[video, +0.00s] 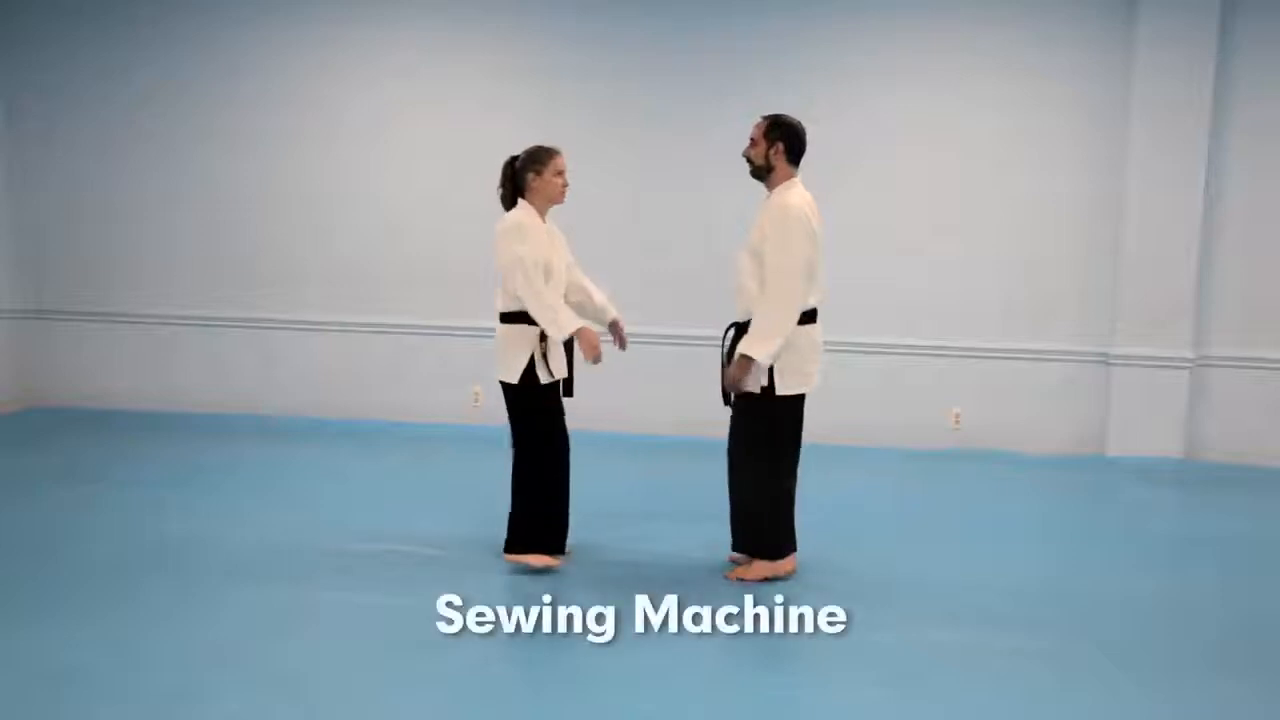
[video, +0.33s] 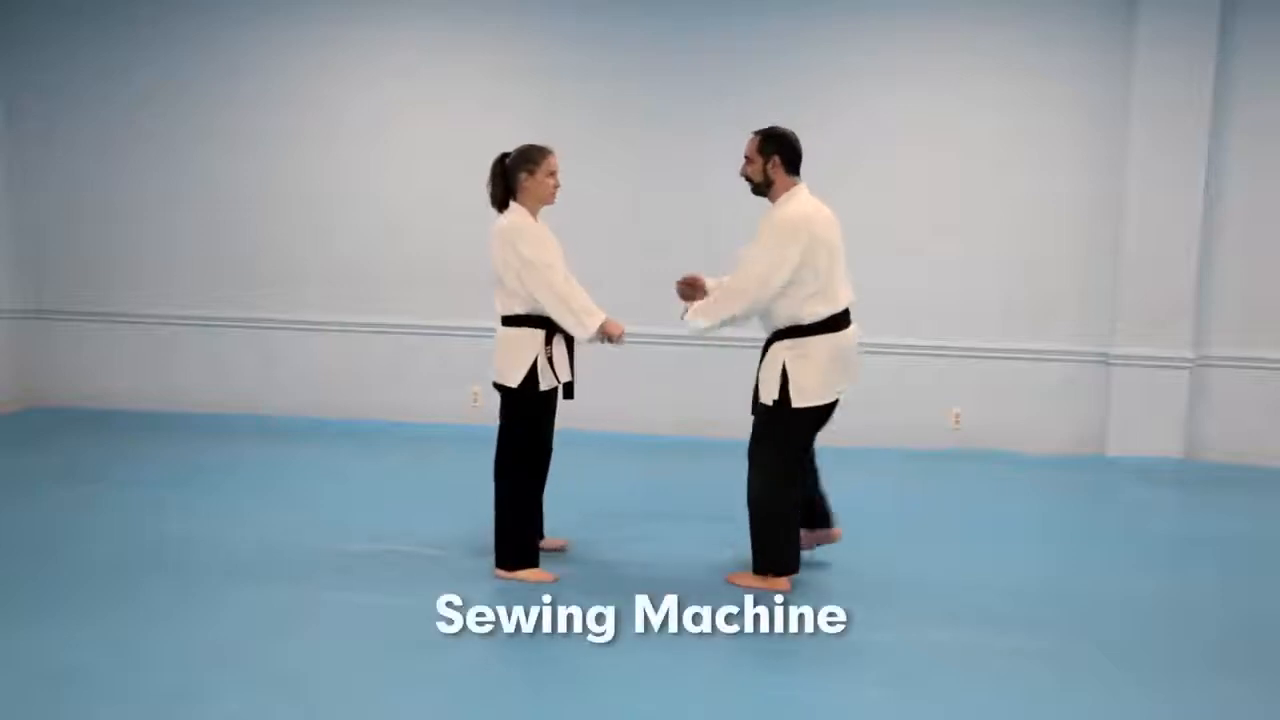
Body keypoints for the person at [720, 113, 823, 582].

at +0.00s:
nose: (746, 150)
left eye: (754, 143)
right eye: (749, 141)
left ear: (777, 151)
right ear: (779, 151)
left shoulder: (791, 207)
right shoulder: (781, 203)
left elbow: (784, 293)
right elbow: (777, 288)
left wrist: (749, 355)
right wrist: (744, 349)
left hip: (782, 351)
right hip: (771, 348)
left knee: (766, 457)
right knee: (757, 454)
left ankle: (775, 554)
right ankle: (760, 547)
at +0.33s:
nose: (742, 168)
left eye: (749, 160)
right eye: (744, 160)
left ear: (774, 164)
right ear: (780, 164)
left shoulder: (787, 219)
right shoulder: (814, 211)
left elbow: (753, 287)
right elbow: (770, 280)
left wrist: (701, 310)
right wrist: (714, 287)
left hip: (799, 357)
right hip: (829, 350)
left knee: (768, 457)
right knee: (792, 442)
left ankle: (773, 571)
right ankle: (815, 523)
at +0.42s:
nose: (748, 174)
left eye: (754, 165)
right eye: (750, 164)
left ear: (781, 171)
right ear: (788, 171)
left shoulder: (793, 224)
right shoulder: (820, 213)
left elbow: (753, 291)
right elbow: (772, 283)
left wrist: (701, 303)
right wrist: (717, 285)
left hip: (807, 364)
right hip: (839, 357)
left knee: (770, 462)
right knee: (811, 444)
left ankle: (772, 572)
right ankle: (870, 514)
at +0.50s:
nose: (757, 179)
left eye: (763, 172)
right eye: (758, 171)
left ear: (789, 175)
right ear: (795, 176)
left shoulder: (802, 229)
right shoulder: (829, 221)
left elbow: (760, 292)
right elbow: (787, 292)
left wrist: (712, 298)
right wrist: (731, 289)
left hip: (814, 368)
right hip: (851, 361)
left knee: (774, 466)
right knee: (842, 452)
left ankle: (771, 572)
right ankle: (915, 515)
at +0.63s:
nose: (776, 192)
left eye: (783, 183)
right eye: (778, 183)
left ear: (810, 189)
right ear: (815, 189)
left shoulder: (824, 240)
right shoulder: (846, 232)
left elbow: (778, 306)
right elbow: (801, 304)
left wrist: (738, 300)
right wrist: (754, 298)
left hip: (828, 373)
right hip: (863, 368)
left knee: (775, 461)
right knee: (879, 463)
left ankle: (771, 571)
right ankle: (954, 534)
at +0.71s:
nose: (787, 199)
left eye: (795, 191)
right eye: (789, 190)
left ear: (822, 196)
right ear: (826, 197)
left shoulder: (838, 245)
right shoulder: (854, 240)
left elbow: (786, 308)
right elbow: (806, 321)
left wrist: (743, 309)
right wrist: (765, 314)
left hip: (840, 377)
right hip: (871, 373)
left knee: (777, 459)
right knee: (888, 468)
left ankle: (772, 568)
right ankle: (959, 544)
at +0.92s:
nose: (806, 209)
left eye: (814, 201)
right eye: (808, 200)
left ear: (841, 205)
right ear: (844, 207)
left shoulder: (853, 258)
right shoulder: (868, 253)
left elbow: (801, 314)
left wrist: (752, 321)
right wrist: (794, 326)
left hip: (848, 392)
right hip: (875, 387)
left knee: (775, 457)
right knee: (908, 469)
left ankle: (769, 570)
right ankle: (973, 544)